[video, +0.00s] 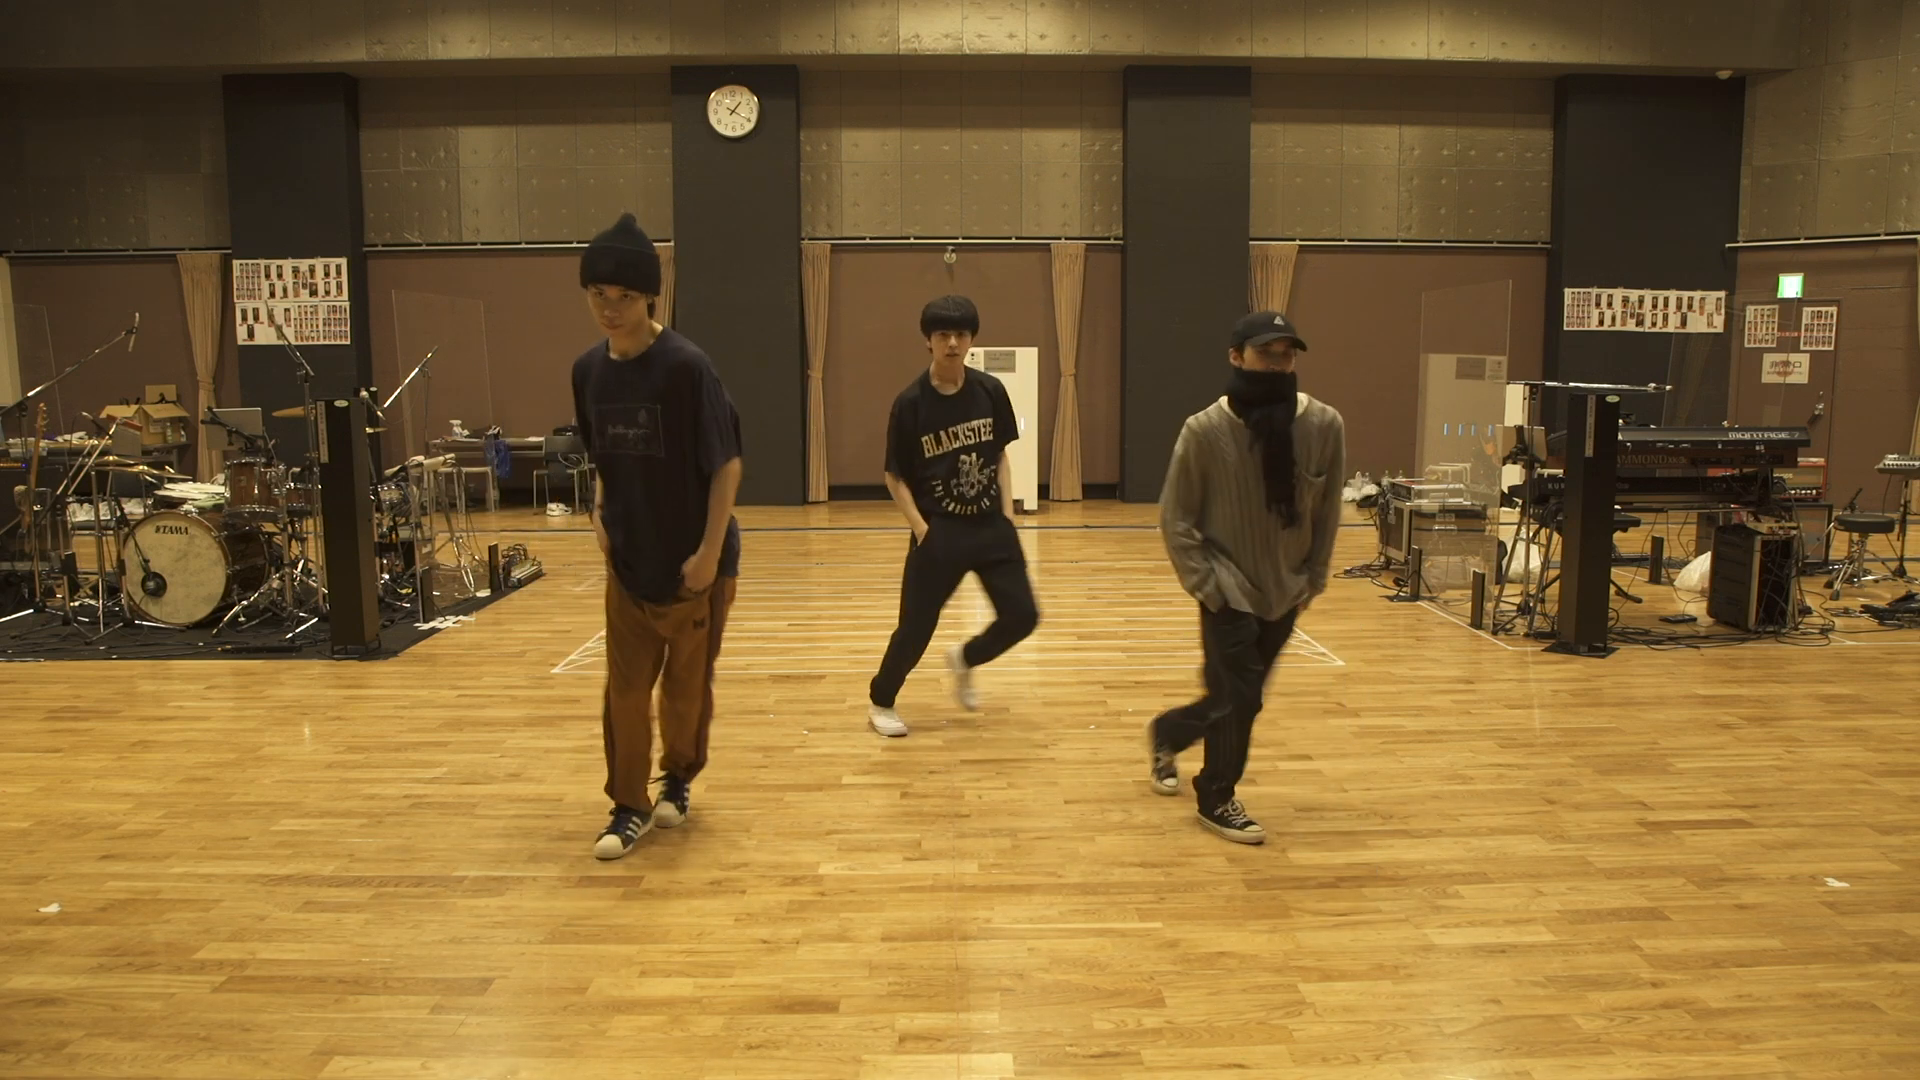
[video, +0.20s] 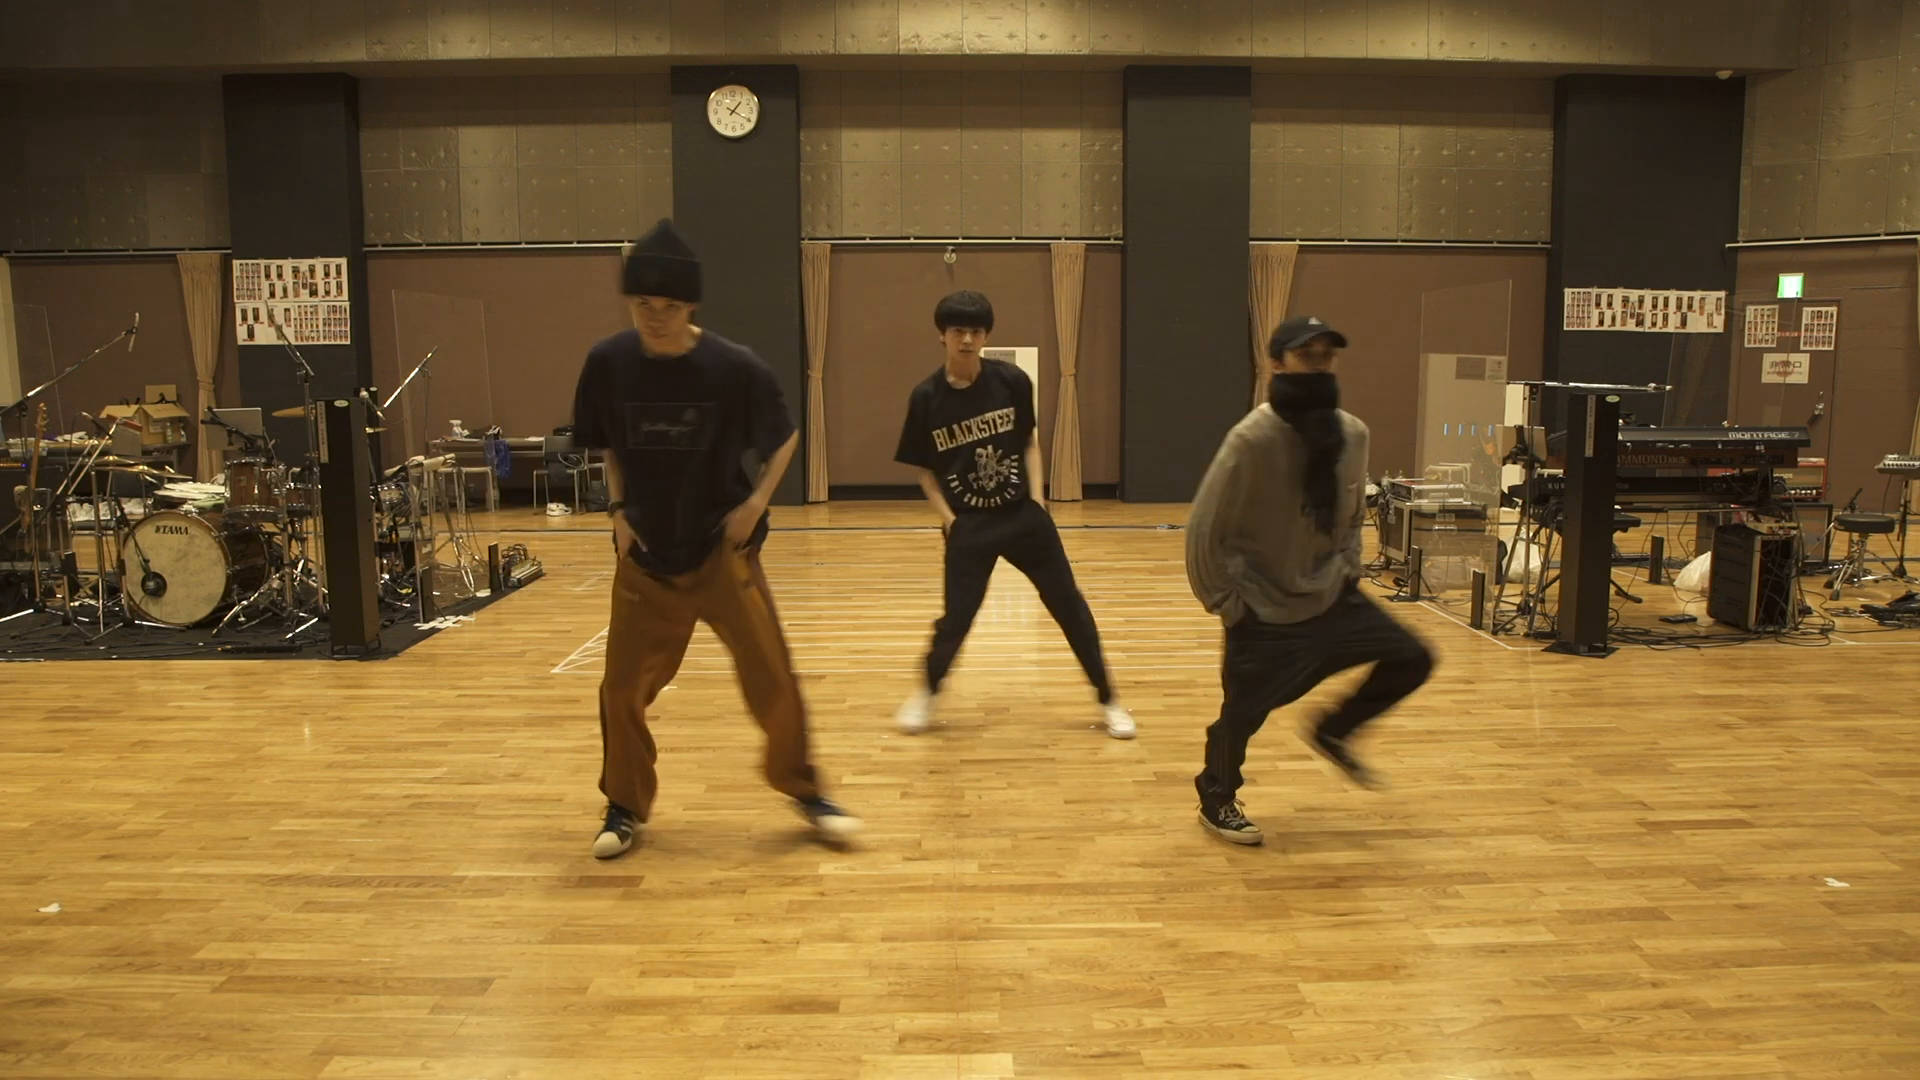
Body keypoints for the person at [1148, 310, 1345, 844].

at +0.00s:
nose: (1281, 362)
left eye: (1289, 352)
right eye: (1268, 352)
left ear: (1297, 359)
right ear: (1237, 357)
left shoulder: (1322, 425)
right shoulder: (1204, 432)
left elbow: (1328, 512)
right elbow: (1176, 521)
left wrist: (1312, 579)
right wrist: (1210, 586)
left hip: (1286, 590)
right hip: (1228, 590)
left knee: (1244, 698)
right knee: (1239, 698)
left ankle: (1167, 734)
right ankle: (1216, 798)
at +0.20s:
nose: (1321, 367)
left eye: (1328, 357)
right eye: (1307, 357)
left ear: (1336, 364)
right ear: (1278, 364)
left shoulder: (1352, 435)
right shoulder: (1250, 439)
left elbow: (1353, 519)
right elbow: (1202, 531)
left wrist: (1346, 577)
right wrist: (1229, 605)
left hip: (1331, 598)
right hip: (1262, 608)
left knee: (1411, 659)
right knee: (1242, 714)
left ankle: (1333, 729)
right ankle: (1216, 797)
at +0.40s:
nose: (1383, 370)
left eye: (1387, 359)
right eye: (1369, 361)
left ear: (1393, 364)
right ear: (1339, 370)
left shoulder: (1386, 426)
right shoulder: (1321, 443)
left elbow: (1393, 511)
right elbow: (1292, 542)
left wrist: (1415, 572)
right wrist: (1325, 621)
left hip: (1415, 593)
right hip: (1353, 616)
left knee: (1465, 707)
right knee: (1368, 733)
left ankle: (1496, 818)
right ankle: (1285, 786)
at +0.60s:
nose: (1381, 400)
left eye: (1387, 387)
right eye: (1365, 392)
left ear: (1402, 392)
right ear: (1343, 407)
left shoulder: (1442, 460)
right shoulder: (1318, 476)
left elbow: (1479, 532)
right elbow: (1257, 536)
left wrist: (1438, 605)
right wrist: (1307, 601)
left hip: (1410, 632)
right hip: (1328, 625)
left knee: (1475, 738)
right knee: (1255, 681)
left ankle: (1496, 821)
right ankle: (1255, 777)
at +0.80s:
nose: (1311, 354)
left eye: (1319, 342)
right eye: (1297, 344)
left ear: (1332, 346)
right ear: (1270, 348)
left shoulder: (1350, 412)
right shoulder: (1227, 396)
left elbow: (1383, 490)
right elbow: (1189, 483)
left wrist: (1357, 564)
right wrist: (1207, 566)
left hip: (1318, 599)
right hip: (1235, 597)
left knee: (1374, 698)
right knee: (1162, 696)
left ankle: (1424, 805)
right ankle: (1138, 833)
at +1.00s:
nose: (1243, 358)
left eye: (1253, 347)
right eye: (1230, 347)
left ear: (1267, 345)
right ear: (1203, 343)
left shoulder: (1270, 407)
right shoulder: (1158, 379)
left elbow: (1275, 491)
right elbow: (1106, 468)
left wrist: (1256, 554)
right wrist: (1119, 555)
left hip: (1223, 587)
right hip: (1146, 582)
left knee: (1262, 704)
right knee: (1101, 698)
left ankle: (1301, 820)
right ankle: (1122, 827)